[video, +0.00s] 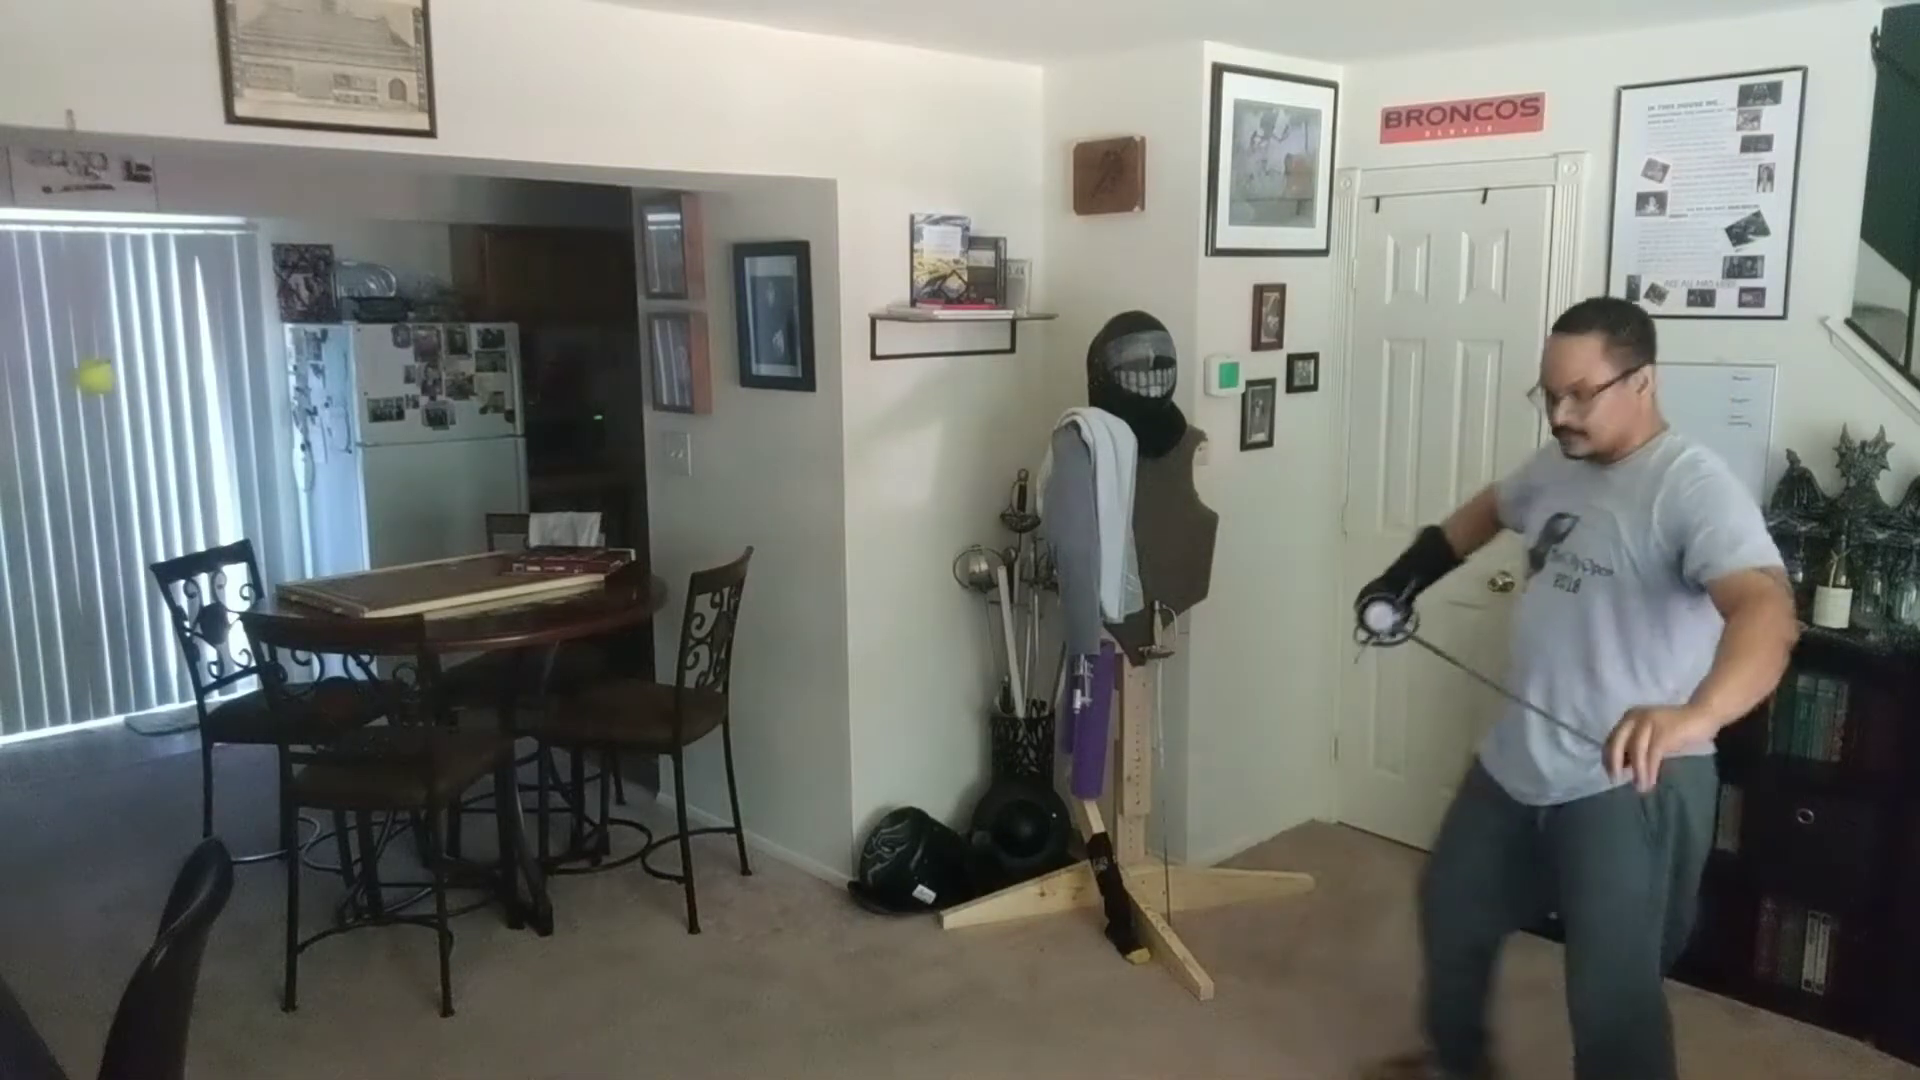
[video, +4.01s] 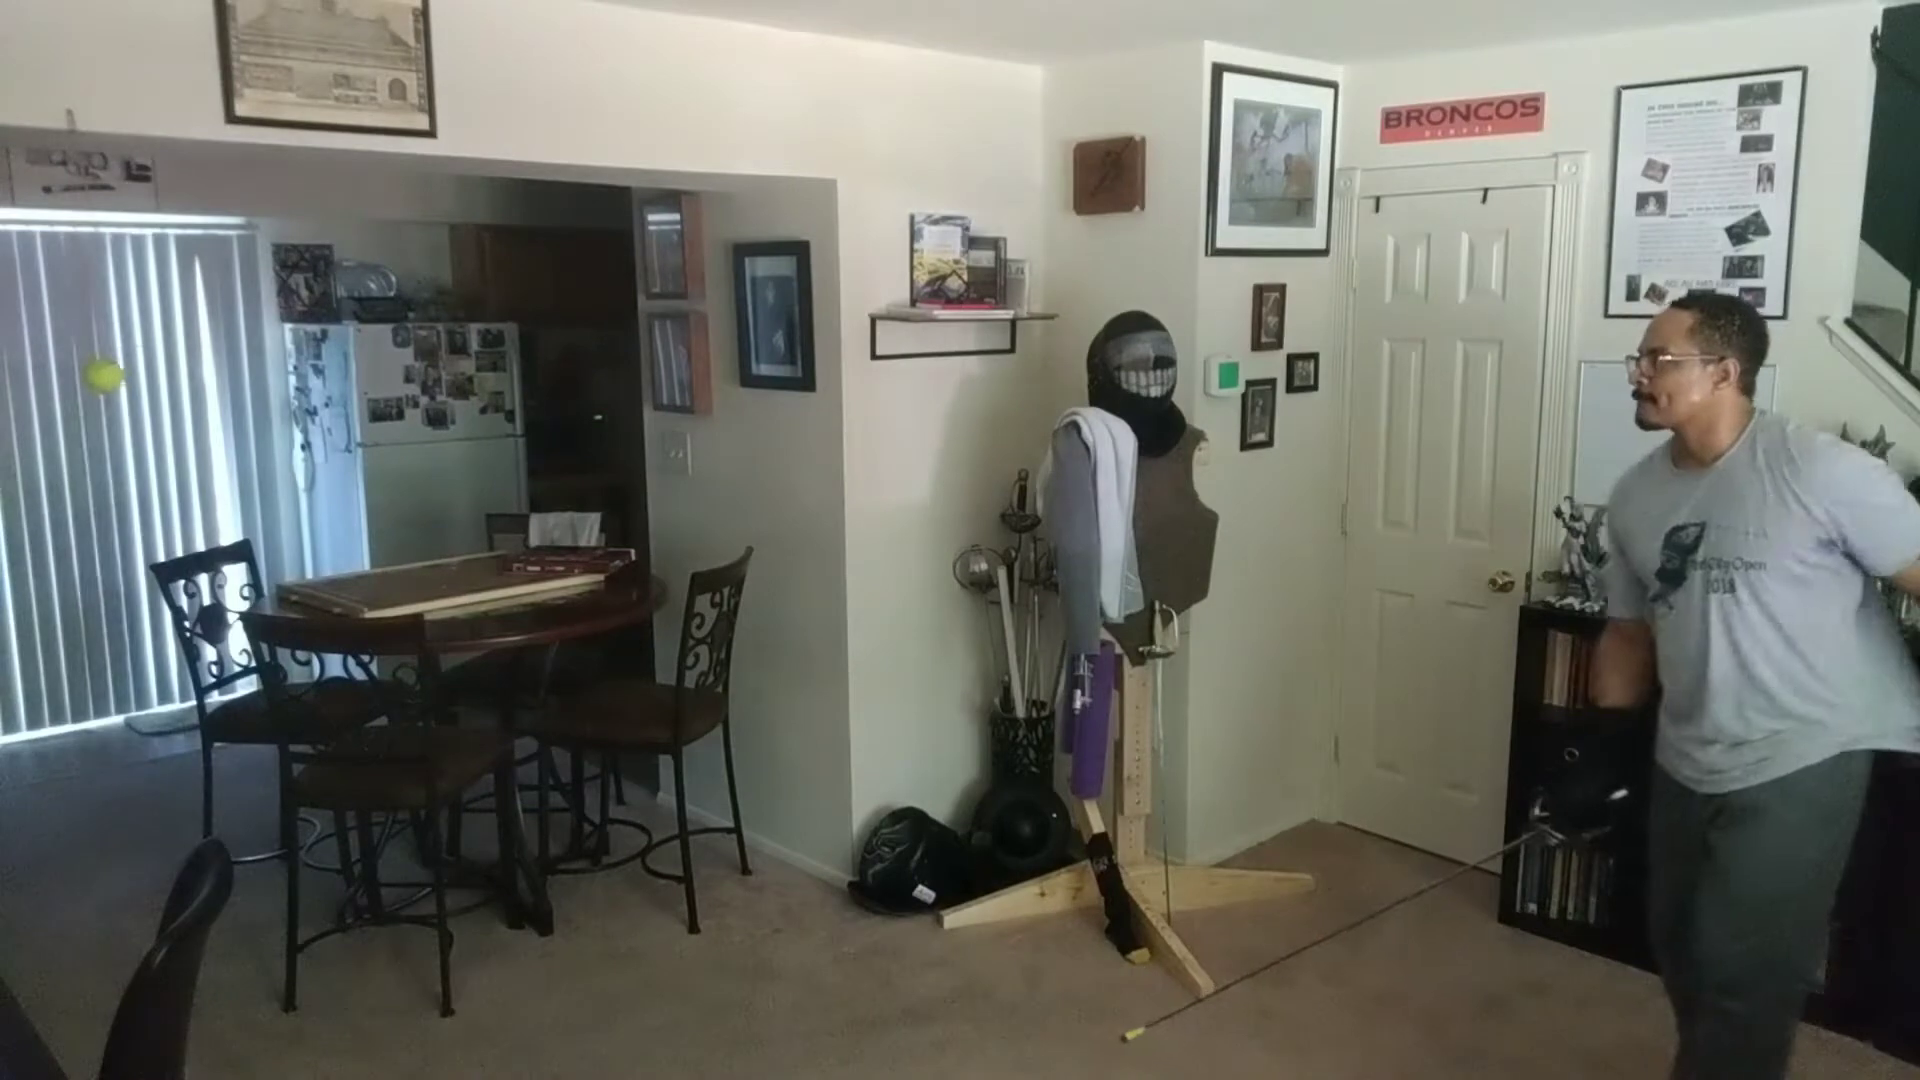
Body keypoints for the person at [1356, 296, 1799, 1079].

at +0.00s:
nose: (1560, 415)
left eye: (1578, 394)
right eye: (1551, 395)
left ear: (1642, 383)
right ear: (1542, 387)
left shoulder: (1693, 484)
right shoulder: (1556, 466)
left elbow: (1768, 615)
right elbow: (1487, 513)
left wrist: (1700, 713)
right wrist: (1406, 576)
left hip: (1634, 782)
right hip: (1520, 757)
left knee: (1613, 990)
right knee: (1452, 907)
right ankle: (1456, 1060)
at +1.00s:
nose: (1388, 369)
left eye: (1405, 351)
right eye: (1367, 355)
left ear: (1430, 360)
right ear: (1344, 369)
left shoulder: (1478, 457)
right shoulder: (1304, 487)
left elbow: (1505, 542)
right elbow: (1282, 635)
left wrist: (1461, 631)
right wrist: (1311, 655)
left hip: (1437, 736)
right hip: (1332, 743)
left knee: (1400, 912)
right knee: (1322, 922)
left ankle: (1370, 1049)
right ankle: (1316, 1063)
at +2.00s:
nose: (1391, 365)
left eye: (1406, 347)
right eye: (1370, 352)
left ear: (1428, 355)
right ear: (1345, 367)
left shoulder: (1479, 458)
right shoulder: (1309, 471)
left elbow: (1503, 556)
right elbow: (1249, 589)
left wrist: (1453, 625)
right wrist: (1176, 707)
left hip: (1436, 726)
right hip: (1332, 727)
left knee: (1395, 908)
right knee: (1319, 909)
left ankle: (1365, 1053)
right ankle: (1313, 1062)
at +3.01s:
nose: (1458, 386)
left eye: (1480, 370)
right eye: (1442, 369)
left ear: (1518, 380)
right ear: (1424, 378)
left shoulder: (1575, 485)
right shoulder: (1372, 491)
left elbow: (1653, 559)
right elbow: (1343, 619)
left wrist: (1594, 682)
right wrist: (1319, 746)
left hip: (1539, 778)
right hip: (1398, 771)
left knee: (1583, 977)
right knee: (1337, 967)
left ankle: (1637, 1074)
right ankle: (1318, 1070)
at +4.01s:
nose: (1638, 374)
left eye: (1660, 360)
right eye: (1640, 357)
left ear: (1723, 373)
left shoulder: (1824, 472)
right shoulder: (1635, 497)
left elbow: (1917, 572)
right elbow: (1626, 638)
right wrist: (1600, 770)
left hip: (1804, 759)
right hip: (1685, 759)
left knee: (1739, 971)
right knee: (1682, 960)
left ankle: (1729, 1072)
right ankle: (1711, 1065)